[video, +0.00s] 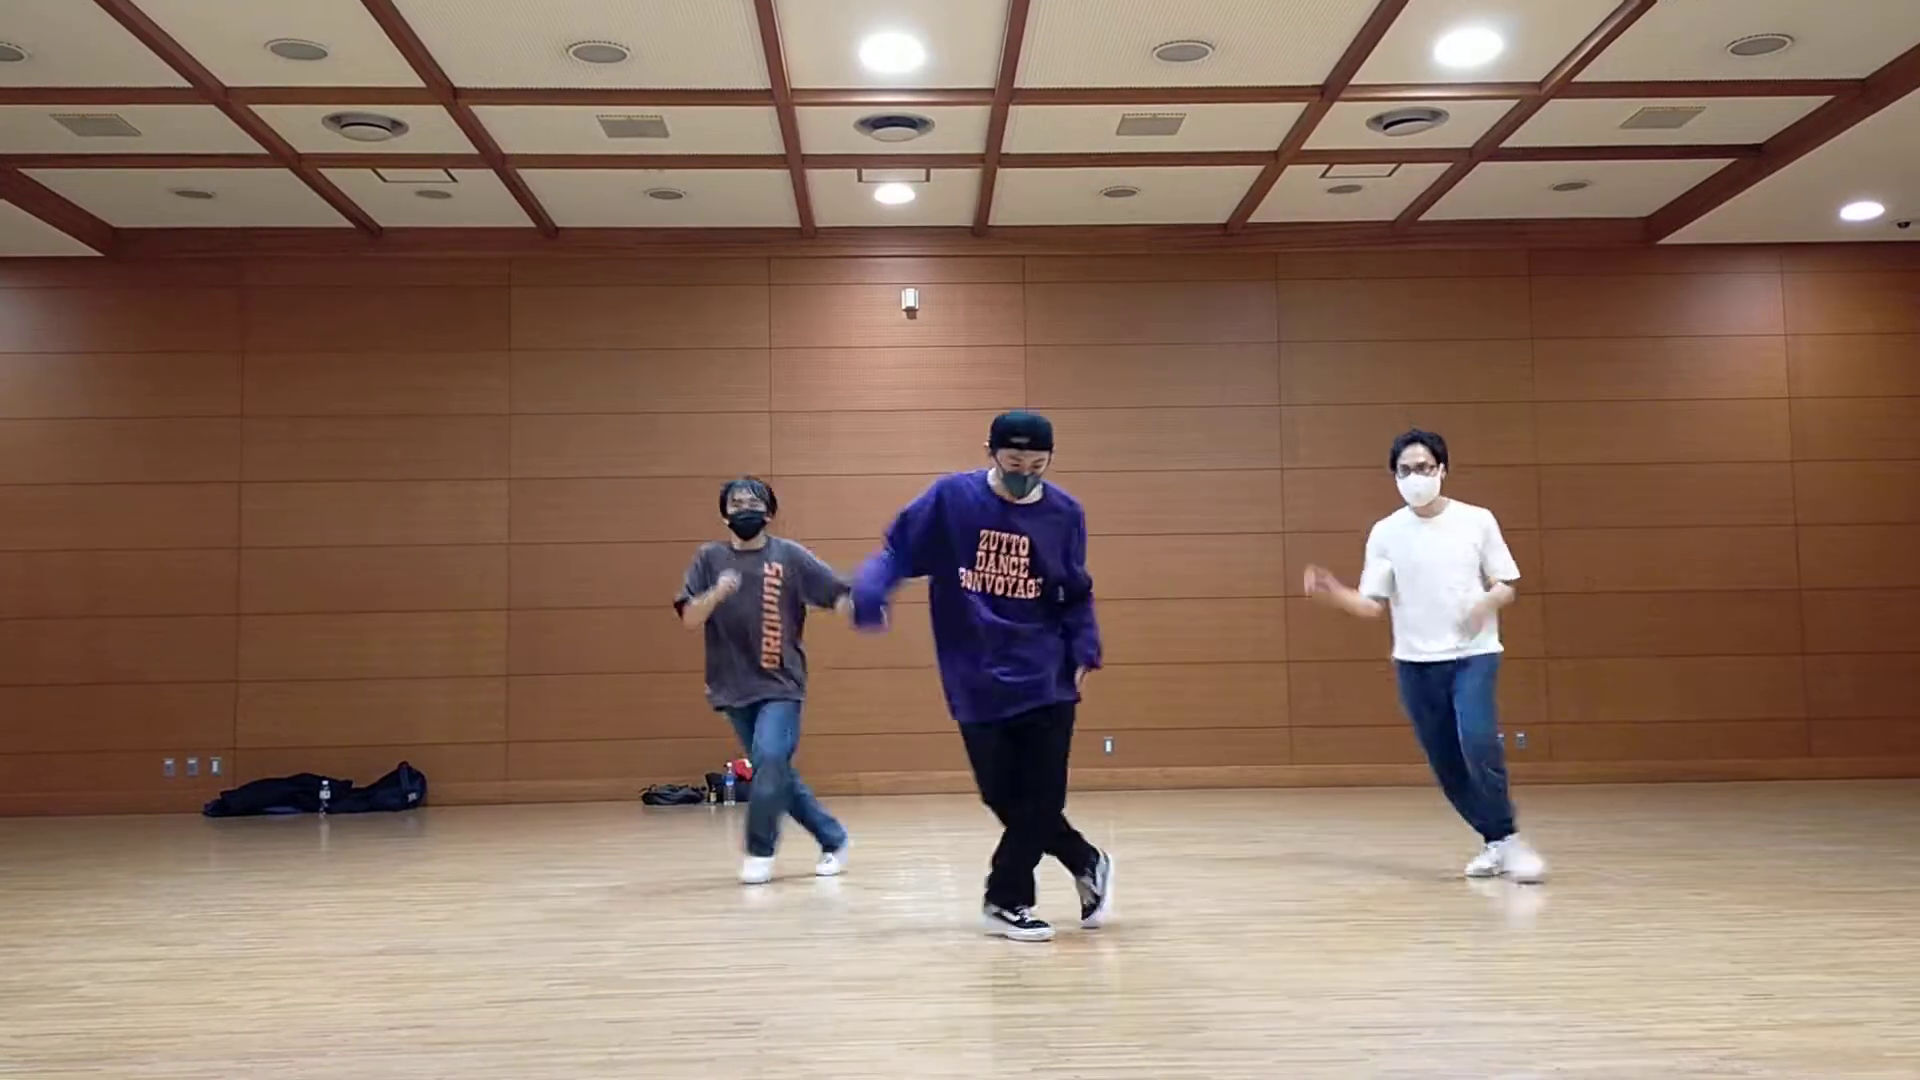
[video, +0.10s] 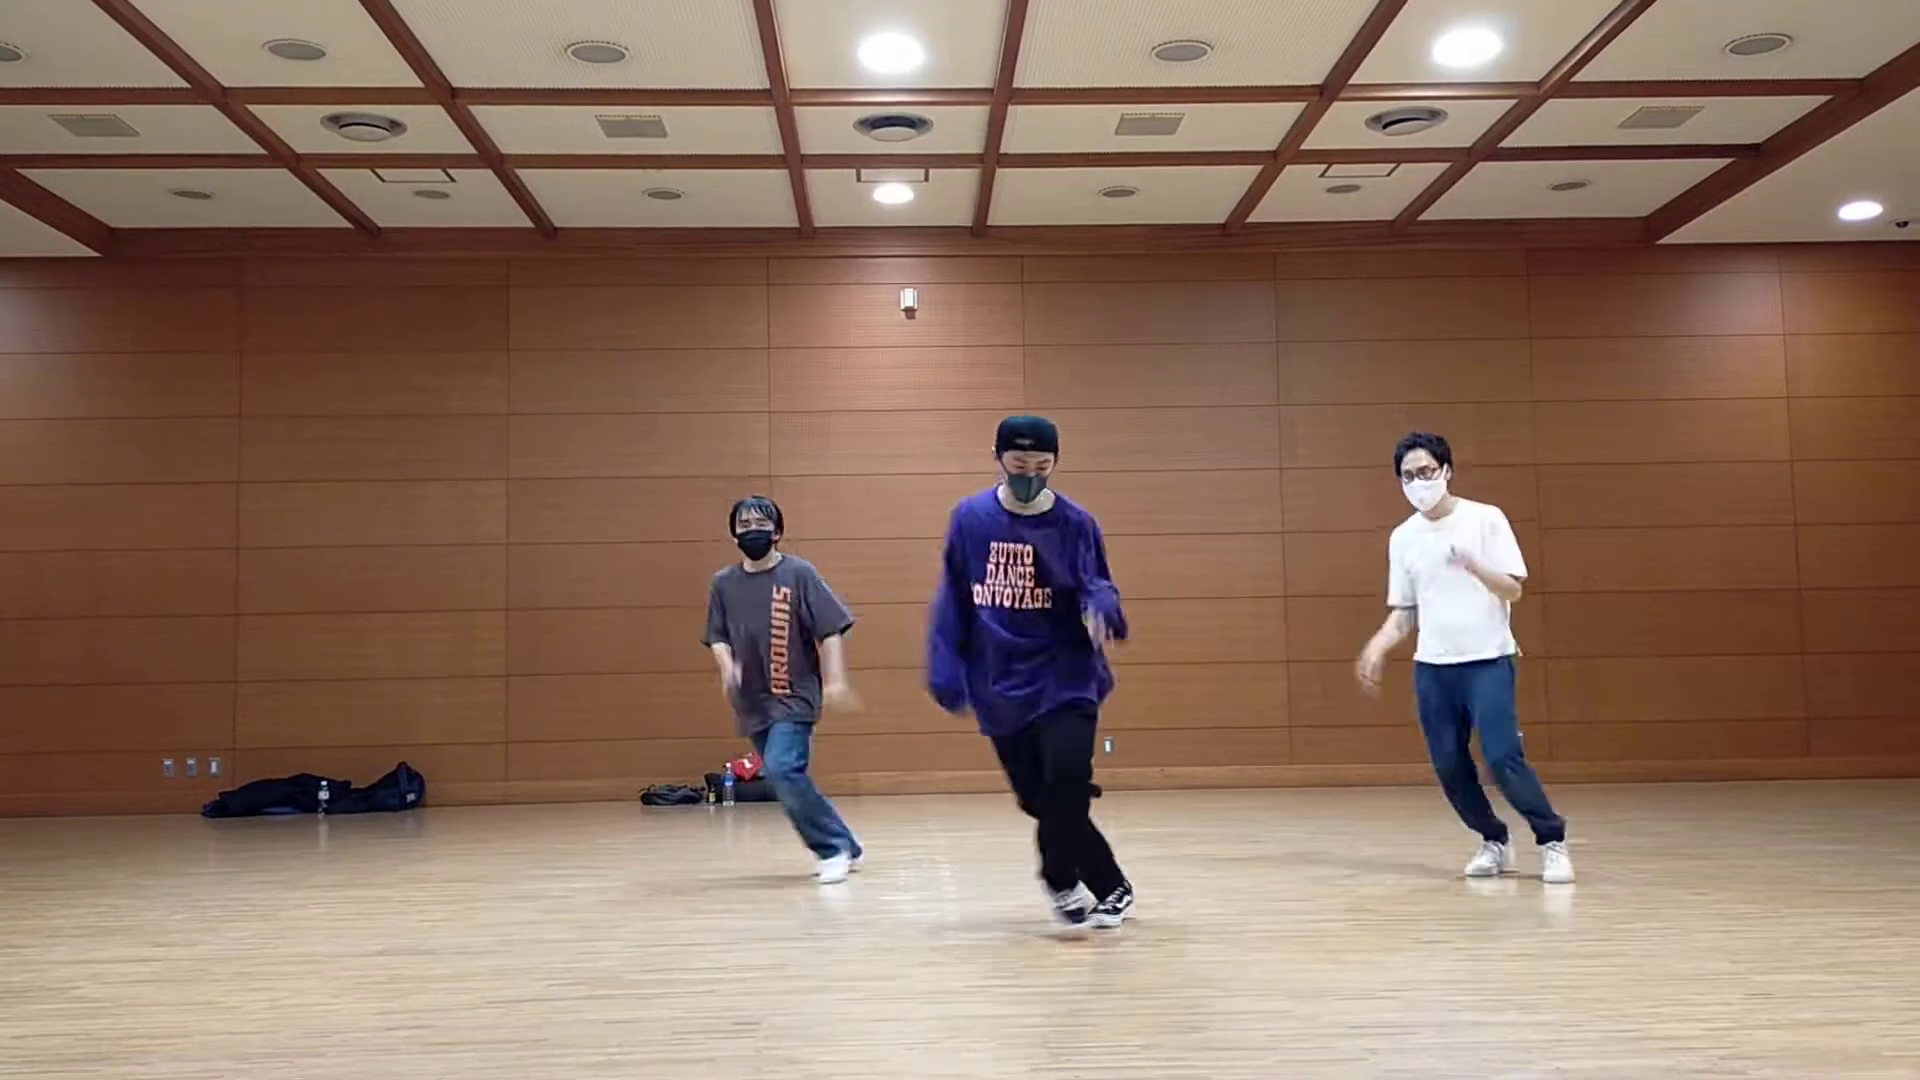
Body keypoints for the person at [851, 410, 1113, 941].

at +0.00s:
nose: (1025, 464)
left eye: (1035, 455)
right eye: (1015, 454)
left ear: (1047, 457)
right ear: (994, 452)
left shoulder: (1064, 514)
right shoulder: (953, 498)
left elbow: (1075, 592)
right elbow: (898, 551)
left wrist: (1083, 651)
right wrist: (867, 590)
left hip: (1044, 676)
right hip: (975, 679)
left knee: (1041, 794)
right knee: (1002, 794)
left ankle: (1006, 900)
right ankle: (1086, 862)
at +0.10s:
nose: (1027, 463)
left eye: (1038, 455)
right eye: (1017, 453)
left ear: (1052, 460)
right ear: (1000, 458)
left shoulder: (1076, 524)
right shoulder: (970, 519)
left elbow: (1100, 590)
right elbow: (951, 598)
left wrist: (1102, 609)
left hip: (1067, 677)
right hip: (1000, 683)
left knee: (1065, 784)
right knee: (1037, 797)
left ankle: (1059, 879)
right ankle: (1113, 887)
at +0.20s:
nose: (1028, 459)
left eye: (1038, 450)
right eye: (1017, 449)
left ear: (1055, 454)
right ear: (1000, 453)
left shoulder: (1079, 518)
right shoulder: (980, 518)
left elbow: (1092, 592)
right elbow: (975, 604)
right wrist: (984, 684)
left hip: (1071, 670)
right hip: (1009, 681)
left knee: (1074, 769)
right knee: (1057, 794)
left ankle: (1117, 894)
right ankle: (1105, 892)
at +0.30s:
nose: (1013, 426)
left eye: (1024, 416)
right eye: (1003, 417)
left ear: (1047, 421)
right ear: (989, 422)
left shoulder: (1070, 479)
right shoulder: (981, 489)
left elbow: (1061, 544)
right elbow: (993, 570)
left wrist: (1023, 472)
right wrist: (990, 637)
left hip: (1061, 652)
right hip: (1008, 657)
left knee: (1081, 777)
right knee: (1042, 781)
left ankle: (1123, 895)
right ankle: (1098, 881)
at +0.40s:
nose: (989, 406)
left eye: (1000, 397)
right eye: (979, 398)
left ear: (1024, 405)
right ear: (970, 409)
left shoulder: (1050, 459)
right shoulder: (974, 475)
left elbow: (1035, 524)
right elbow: (988, 554)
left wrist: (964, 479)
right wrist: (968, 611)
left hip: (1061, 639)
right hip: (1007, 645)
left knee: (1079, 765)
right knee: (1012, 765)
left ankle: (1139, 882)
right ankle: (1060, 871)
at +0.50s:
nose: (967, 444)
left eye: (977, 432)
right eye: (956, 435)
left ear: (1001, 429)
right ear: (946, 438)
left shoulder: (1029, 485)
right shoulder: (968, 500)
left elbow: (1008, 562)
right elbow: (974, 574)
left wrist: (925, 559)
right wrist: (935, 623)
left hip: (1070, 658)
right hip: (1017, 662)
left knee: (1102, 781)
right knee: (990, 777)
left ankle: (1177, 889)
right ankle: (968, 895)